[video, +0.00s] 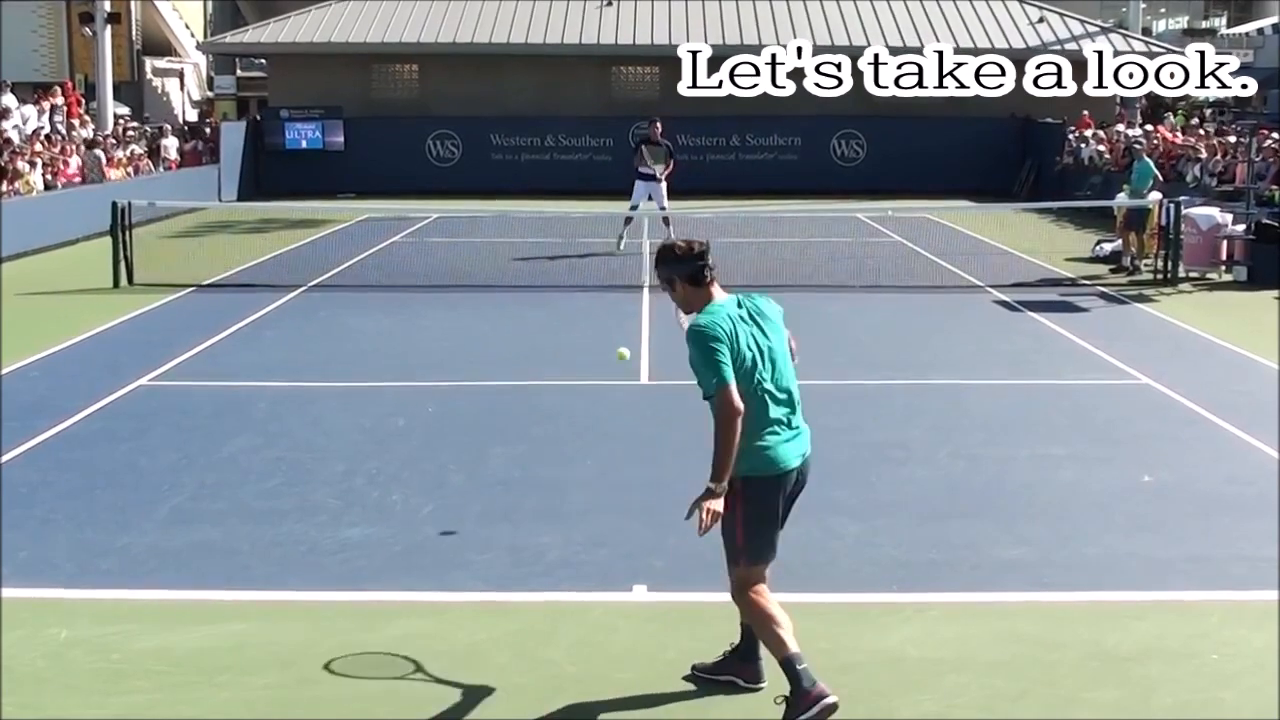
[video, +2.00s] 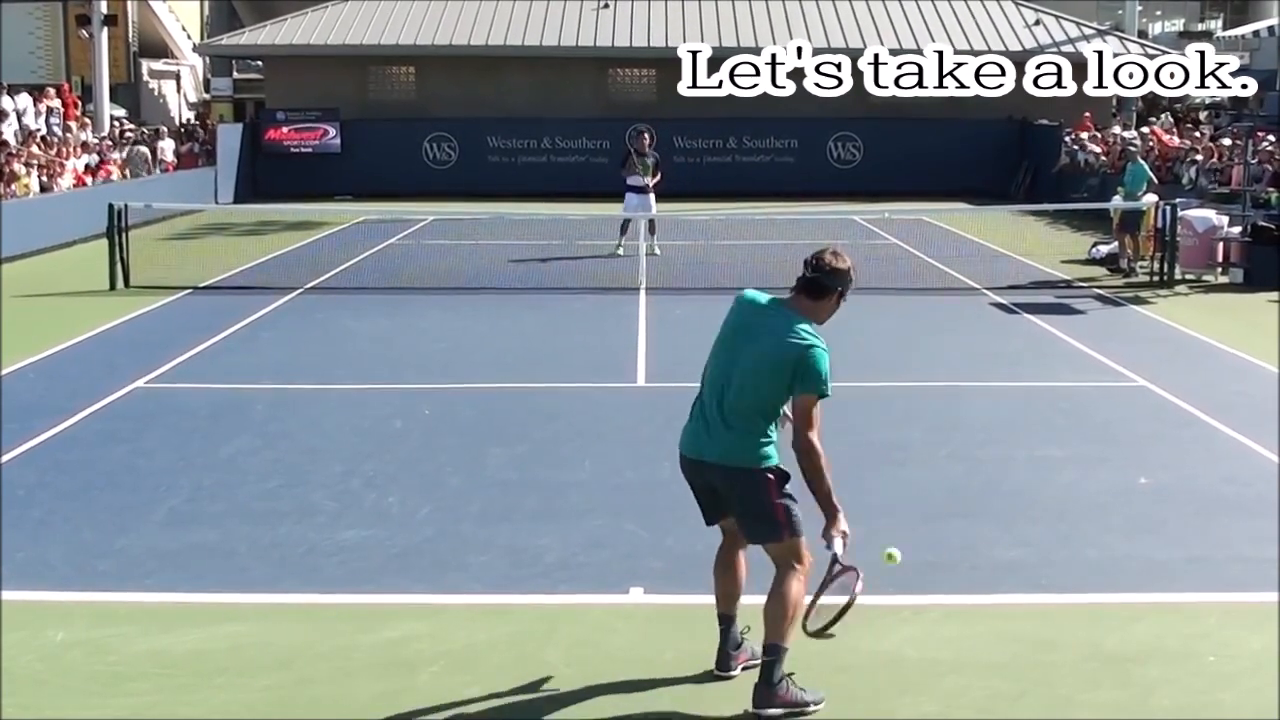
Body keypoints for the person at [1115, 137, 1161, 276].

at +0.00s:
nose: (1134, 152)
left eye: (1137, 149)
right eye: (1133, 149)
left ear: (1143, 149)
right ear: (1132, 150)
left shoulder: (1148, 163)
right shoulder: (1135, 164)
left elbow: (1159, 179)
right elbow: (1136, 181)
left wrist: (1147, 192)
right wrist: (1129, 188)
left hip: (1143, 204)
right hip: (1132, 203)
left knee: (1139, 234)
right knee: (1124, 231)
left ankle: (1138, 264)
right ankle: (1125, 262)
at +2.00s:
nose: (1127, 154)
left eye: (1130, 151)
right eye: (1127, 151)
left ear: (1136, 152)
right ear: (1127, 153)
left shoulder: (1142, 165)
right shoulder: (1129, 165)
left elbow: (1154, 182)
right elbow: (1128, 183)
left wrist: (1142, 195)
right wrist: (1123, 191)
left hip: (1137, 204)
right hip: (1126, 203)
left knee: (1134, 235)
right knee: (1120, 234)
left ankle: (1134, 266)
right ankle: (1124, 264)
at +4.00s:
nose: (1125, 148)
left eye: (1128, 145)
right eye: (1124, 145)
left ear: (1134, 145)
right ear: (1123, 146)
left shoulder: (1139, 159)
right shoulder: (1125, 159)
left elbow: (1151, 176)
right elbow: (1125, 176)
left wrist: (1138, 188)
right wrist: (1121, 186)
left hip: (1134, 199)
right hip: (1123, 197)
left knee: (1130, 229)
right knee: (1115, 227)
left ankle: (1130, 259)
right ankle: (1116, 258)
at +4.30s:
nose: (1128, 140)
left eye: (1130, 137)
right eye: (1127, 137)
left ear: (1137, 138)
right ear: (1127, 139)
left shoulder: (1142, 152)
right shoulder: (1129, 152)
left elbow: (1154, 169)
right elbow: (1128, 169)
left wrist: (1141, 180)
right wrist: (1123, 177)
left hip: (1137, 192)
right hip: (1126, 191)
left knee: (1133, 222)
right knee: (1119, 220)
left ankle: (1133, 252)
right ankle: (1120, 250)